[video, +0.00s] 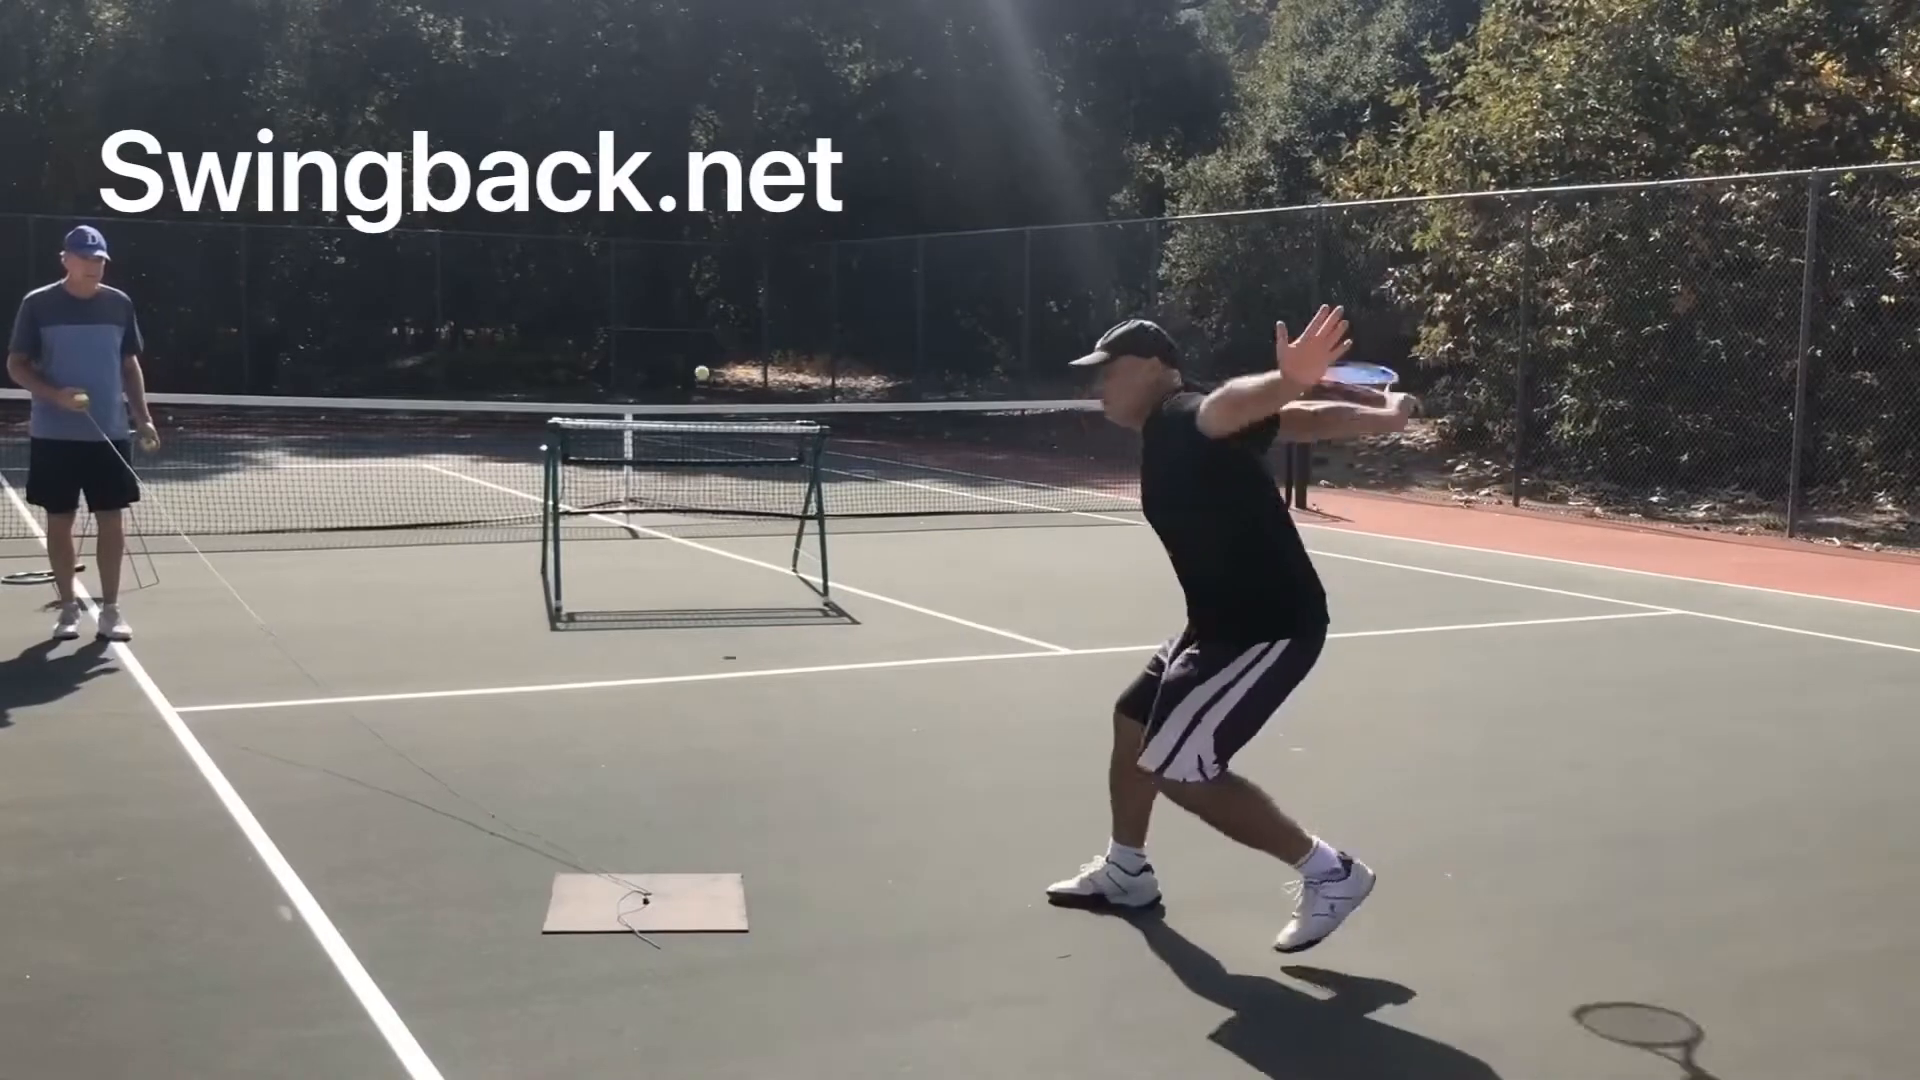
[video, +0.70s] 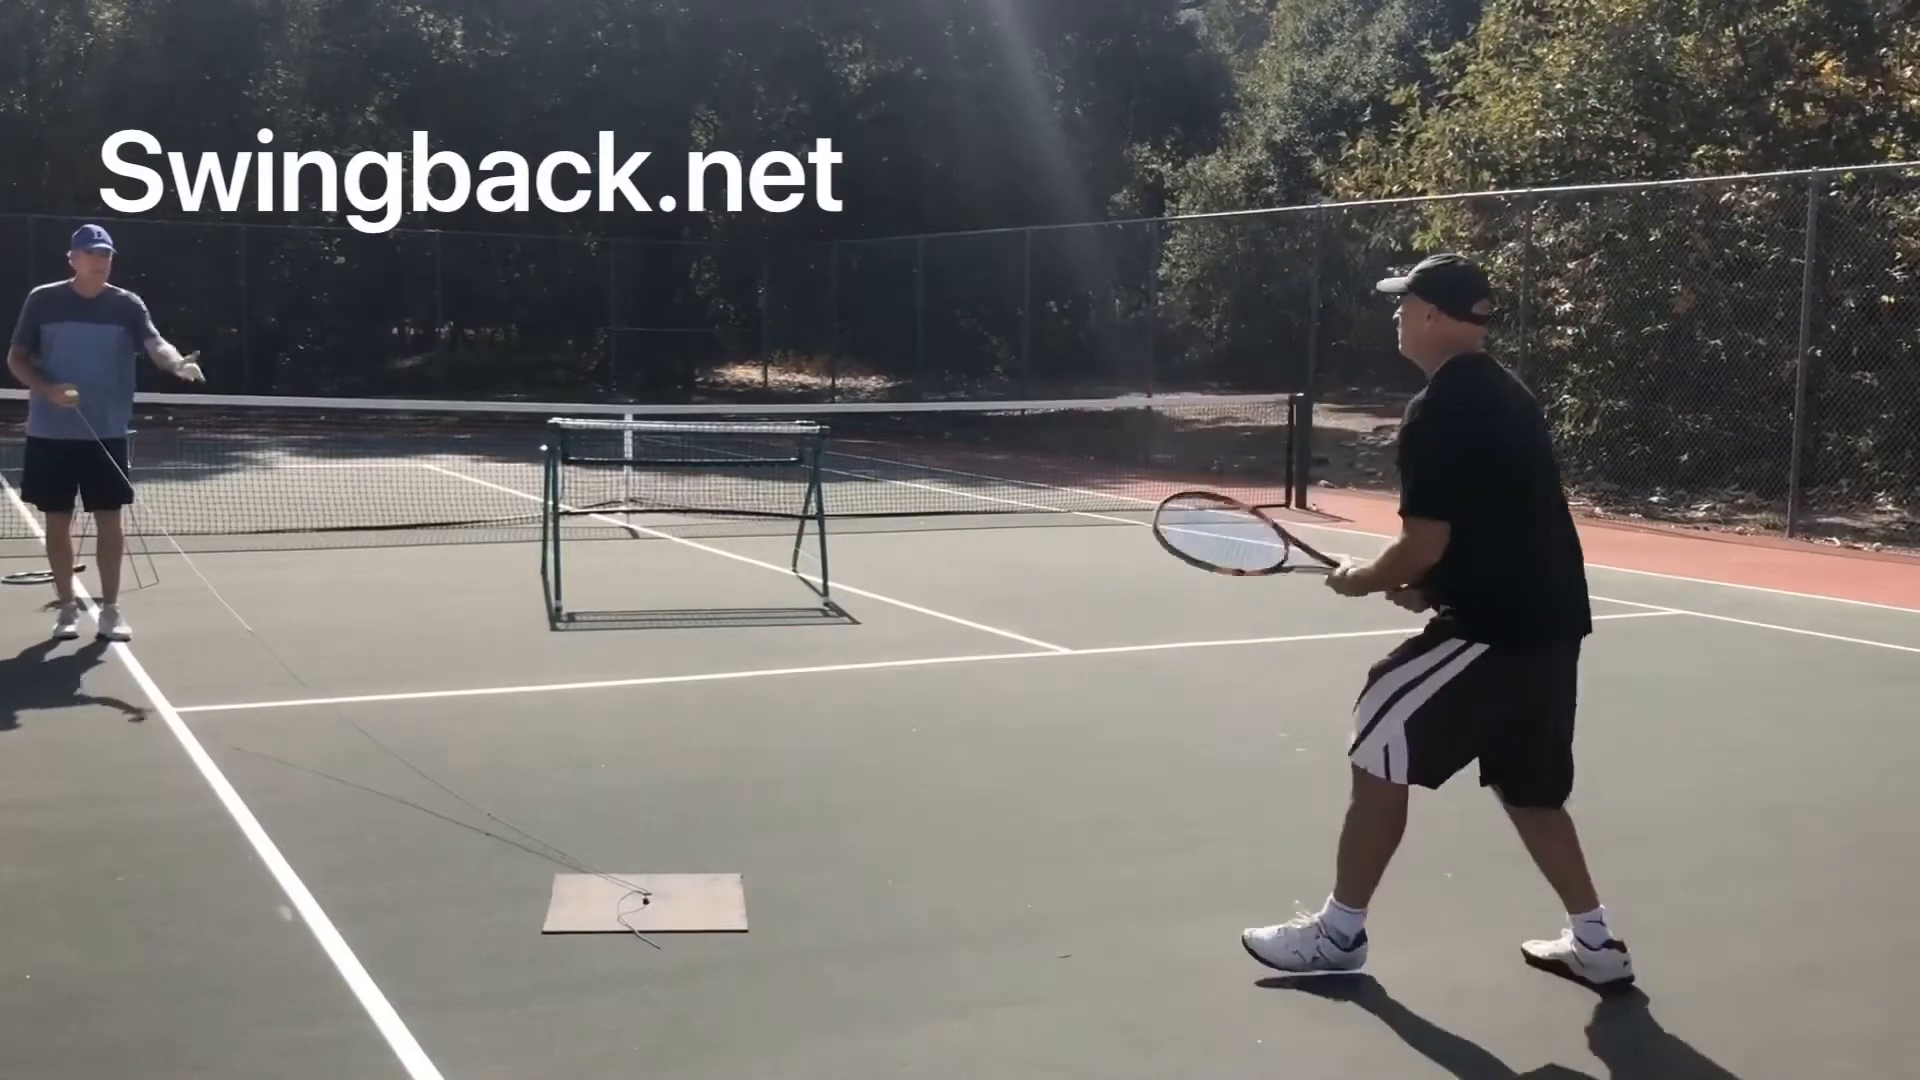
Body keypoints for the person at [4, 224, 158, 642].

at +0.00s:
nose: (92, 267)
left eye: (98, 260)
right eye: (84, 259)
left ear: (105, 263)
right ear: (65, 259)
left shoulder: (119, 304)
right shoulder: (37, 304)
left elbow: (130, 363)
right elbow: (16, 364)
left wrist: (142, 416)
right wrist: (53, 394)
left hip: (110, 436)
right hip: (55, 437)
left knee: (111, 520)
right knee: (60, 521)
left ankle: (111, 609)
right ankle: (69, 606)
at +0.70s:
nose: (101, 261)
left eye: (106, 254)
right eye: (92, 253)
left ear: (112, 259)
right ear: (73, 257)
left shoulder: (129, 306)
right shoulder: (42, 300)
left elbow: (156, 345)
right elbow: (16, 358)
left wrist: (177, 364)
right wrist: (46, 388)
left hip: (107, 436)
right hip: (52, 435)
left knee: (110, 520)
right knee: (58, 520)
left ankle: (110, 609)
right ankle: (68, 606)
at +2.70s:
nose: (97, 270)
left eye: (103, 262)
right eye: (90, 261)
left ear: (111, 265)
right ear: (70, 261)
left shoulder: (125, 306)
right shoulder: (41, 303)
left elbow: (134, 369)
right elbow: (17, 363)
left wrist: (138, 424)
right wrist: (58, 395)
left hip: (108, 435)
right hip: (54, 438)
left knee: (111, 519)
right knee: (59, 521)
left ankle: (110, 609)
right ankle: (68, 607)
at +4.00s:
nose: (67, 264)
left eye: (73, 257)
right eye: (59, 255)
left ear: (80, 260)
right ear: (40, 256)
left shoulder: (94, 303)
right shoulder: (8, 300)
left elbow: (107, 363)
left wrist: (117, 426)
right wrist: (12, 398)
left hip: (80, 436)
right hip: (21, 437)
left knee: (96, 518)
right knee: (17, 523)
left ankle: (108, 608)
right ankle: (9, 615)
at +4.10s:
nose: (60, 266)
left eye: (64, 260)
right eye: (52, 258)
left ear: (70, 262)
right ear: (30, 257)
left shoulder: (81, 302)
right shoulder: (5, 298)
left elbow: (91, 354)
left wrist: (97, 410)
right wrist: (2, 401)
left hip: (68, 435)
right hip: (13, 436)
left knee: (87, 516)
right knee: (9, 524)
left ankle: (106, 607)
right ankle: (9, 615)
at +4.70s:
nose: (29, 267)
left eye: (34, 260)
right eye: (21, 259)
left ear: (38, 263)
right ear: (2, 260)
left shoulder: (37, 299)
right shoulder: (1, 301)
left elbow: (39, 354)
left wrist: (57, 395)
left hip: (27, 434)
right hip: (4, 432)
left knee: (9, 517)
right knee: (4, 520)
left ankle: (6, 608)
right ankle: (7, 610)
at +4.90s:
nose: (25, 268)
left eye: (27, 261)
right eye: (18, 260)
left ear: (25, 265)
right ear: (1, 262)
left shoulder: (22, 302)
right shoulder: (5, 304)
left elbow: (23, 362)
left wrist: (44, 402)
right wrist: (2, 403)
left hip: (16, 431)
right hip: (2, 431)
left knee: (5, 515)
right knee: (3, 518)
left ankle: (7, 610)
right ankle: (7, 611)